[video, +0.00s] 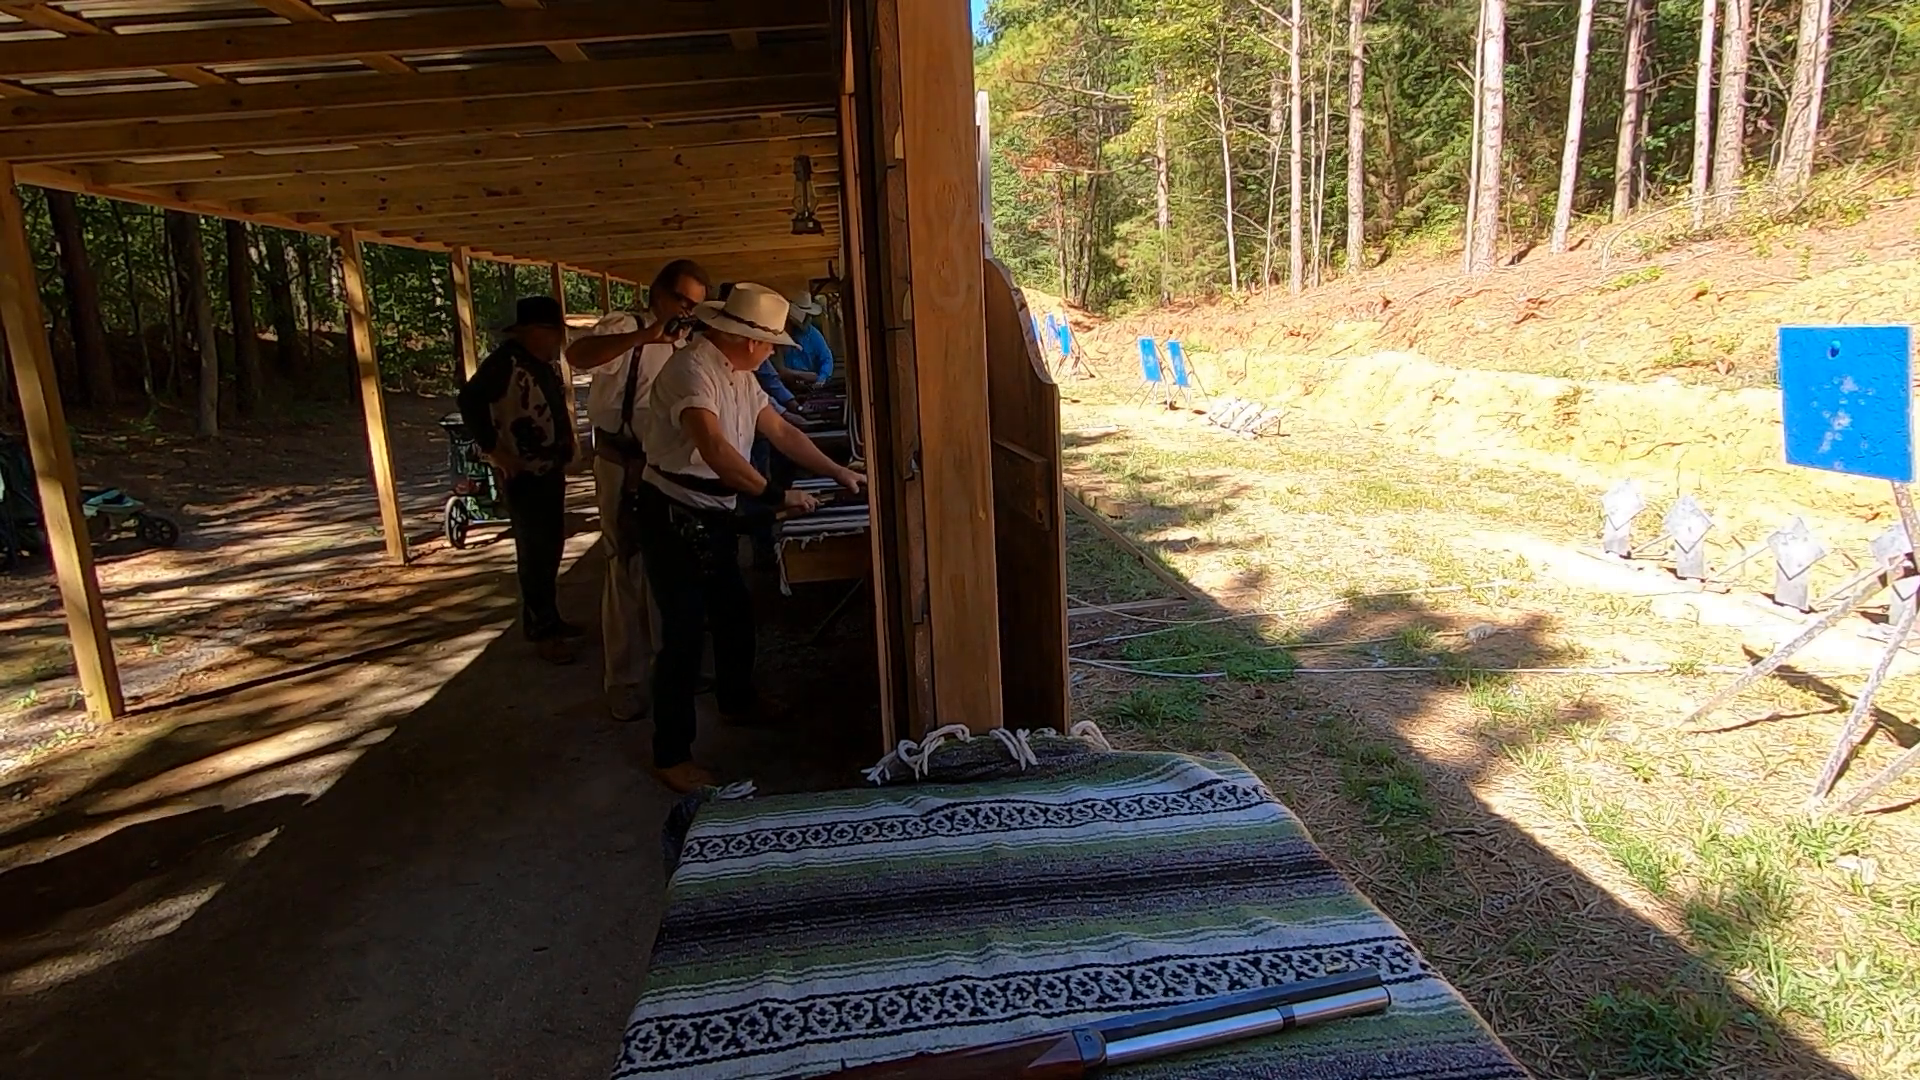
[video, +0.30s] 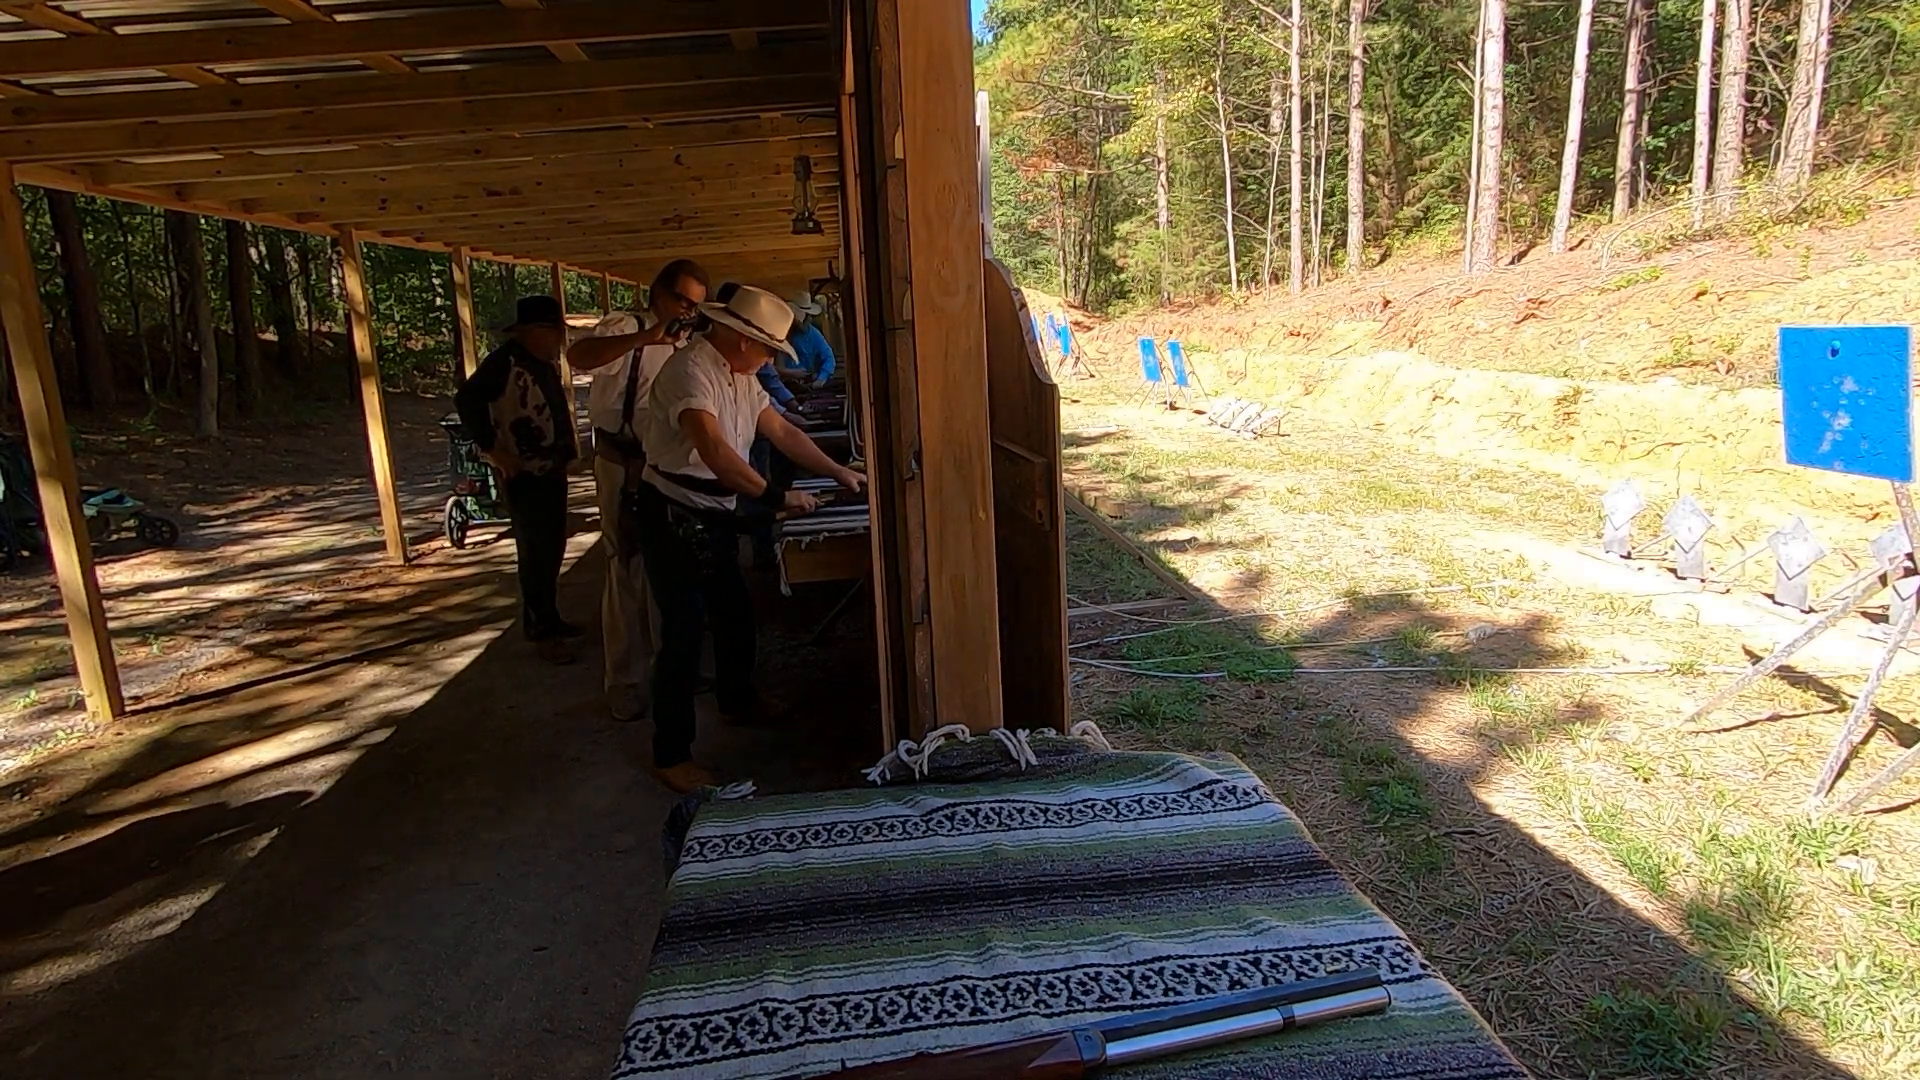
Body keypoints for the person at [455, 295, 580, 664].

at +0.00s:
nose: (560, 339)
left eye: (560, 331)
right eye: (555, 331)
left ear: (544, 332)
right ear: (535, 331)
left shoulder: (546, 364)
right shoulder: (506, 359)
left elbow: (552, 408)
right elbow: (469, 399)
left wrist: (565, 442)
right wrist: (493, 448)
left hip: (550, 472)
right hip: (524, 475)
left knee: (550, 550)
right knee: (535, 553)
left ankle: (548, 621)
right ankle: (541, 630)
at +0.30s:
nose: (562, 338)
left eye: (561, 331)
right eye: (556, 330)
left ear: (543, 332)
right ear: (535, 331)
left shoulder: (546, 365)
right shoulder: (505, 360)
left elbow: (553, 411)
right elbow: (467, 399)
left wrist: (566, 449)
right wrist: (492, 448)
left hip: (552, 473)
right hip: (525, 475)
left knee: (551, 550)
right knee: (536, 553)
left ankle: (549, 620)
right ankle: (539, 629)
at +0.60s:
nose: (561, 338)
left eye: (561, 330)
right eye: (555, 330)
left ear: (543, 332)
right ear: (533, 331)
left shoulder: (546, 365)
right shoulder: (504, 361)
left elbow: (553, 409)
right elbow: (467, 399)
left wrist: (566, 444)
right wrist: (490, 448)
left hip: (552, 471)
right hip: (525, 474)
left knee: (552, 549)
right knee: (536, 552)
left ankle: (549, 620)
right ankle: (540, 630)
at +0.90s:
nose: (559, 338)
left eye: (559, 331)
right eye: (553, 331)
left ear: (547, 332)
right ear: (531, 330)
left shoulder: (545, 364)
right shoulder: (504, 362)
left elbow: (552, 409)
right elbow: (467, 398)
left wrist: (566, 444)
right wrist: (490, 447)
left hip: (552, 471)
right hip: (524, 474)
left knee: (552, 549)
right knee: (536, 552)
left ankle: (549, 619)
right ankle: (540, 630)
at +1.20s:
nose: (561, 338)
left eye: (561, 330)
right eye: (555, 330)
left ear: (547, 332)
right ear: (533, 331)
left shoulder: (545, 364)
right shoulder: (505, 361)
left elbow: (549, 409)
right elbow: (468, 399)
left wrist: (564, 446)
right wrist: (490, 447)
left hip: (551, 472)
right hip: (525, 475)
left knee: (551, 550)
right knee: (536, 553)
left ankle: (549, 620)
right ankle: (541, 631)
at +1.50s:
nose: (563, 338)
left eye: (563, 330)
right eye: (557, 330)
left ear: (545, 332)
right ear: (534, 331)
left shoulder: (546, 365)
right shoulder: (507, 361)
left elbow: (550, 410)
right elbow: (470, 399)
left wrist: (565, 445)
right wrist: (491, 448)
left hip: (551, 472)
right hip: (525, 475)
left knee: (552, 550)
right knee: (536, 553)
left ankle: (549, 620)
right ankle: (541, 630)